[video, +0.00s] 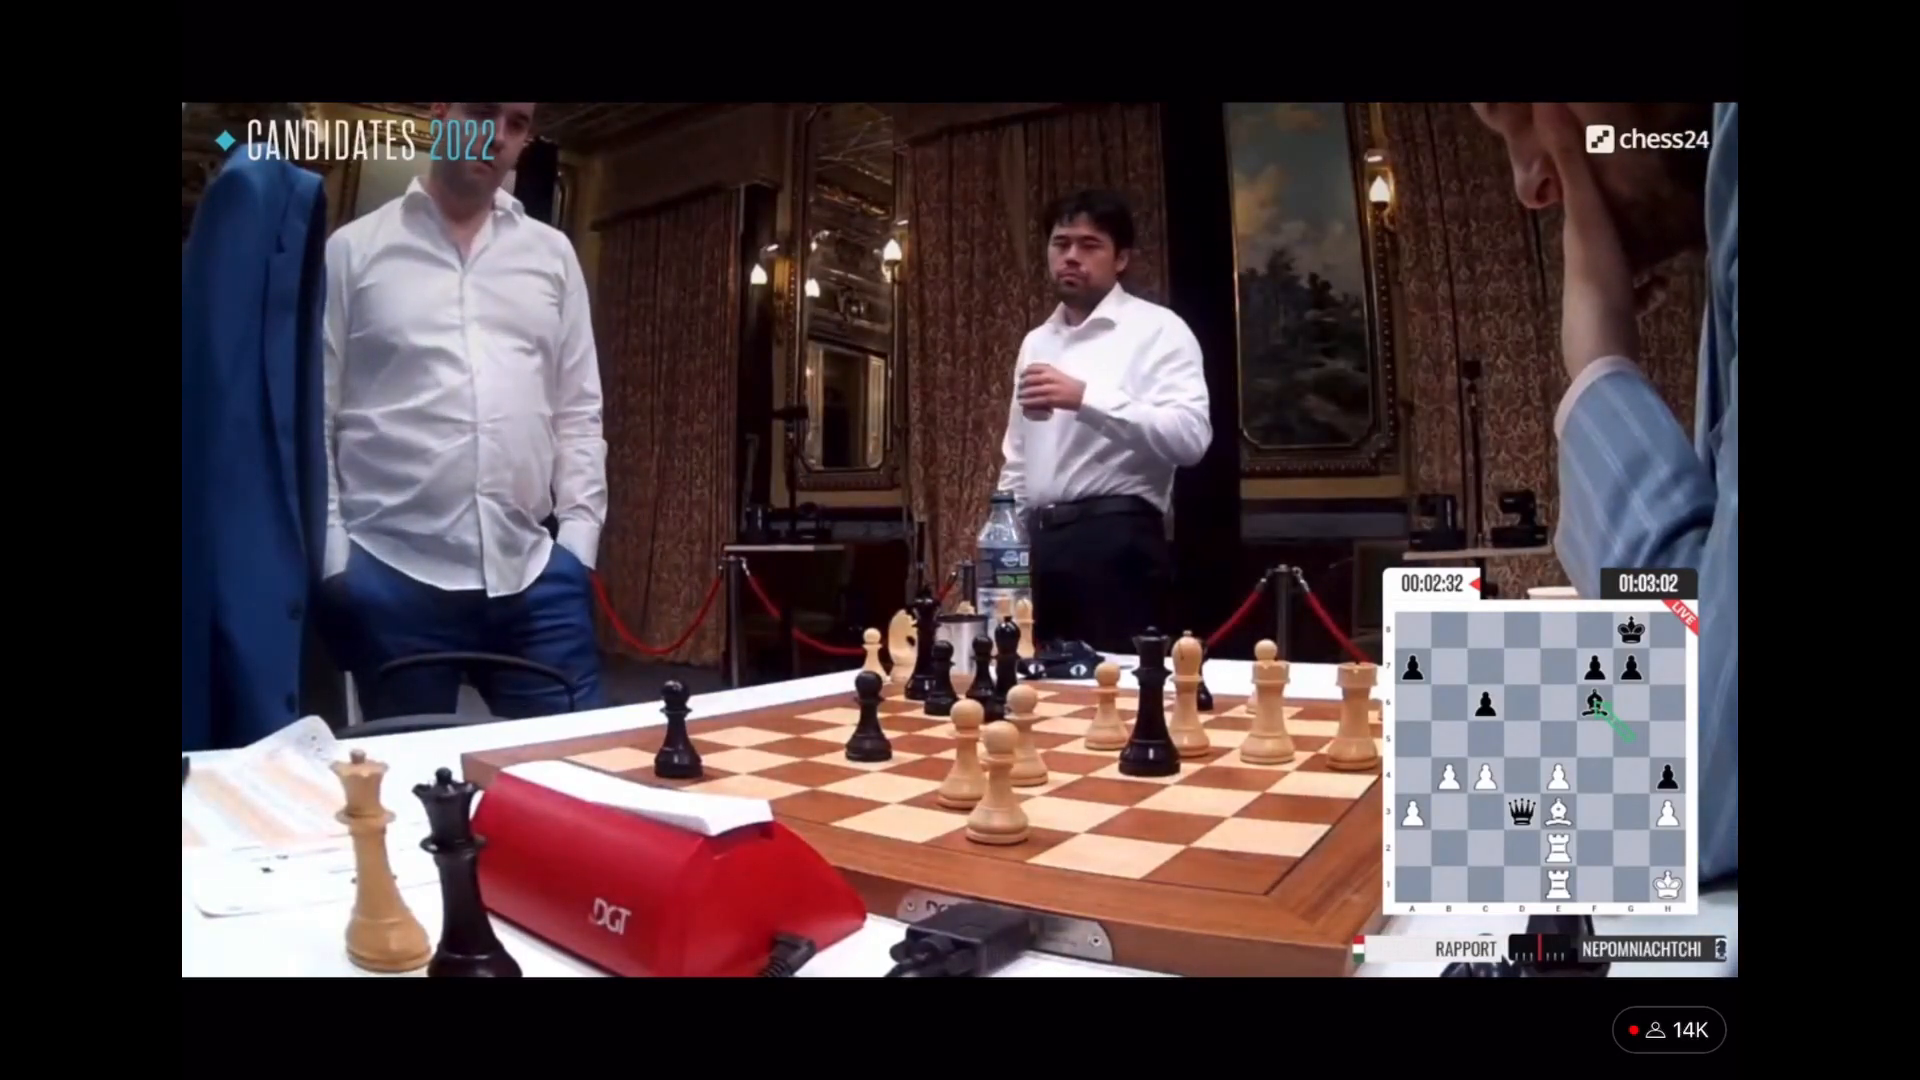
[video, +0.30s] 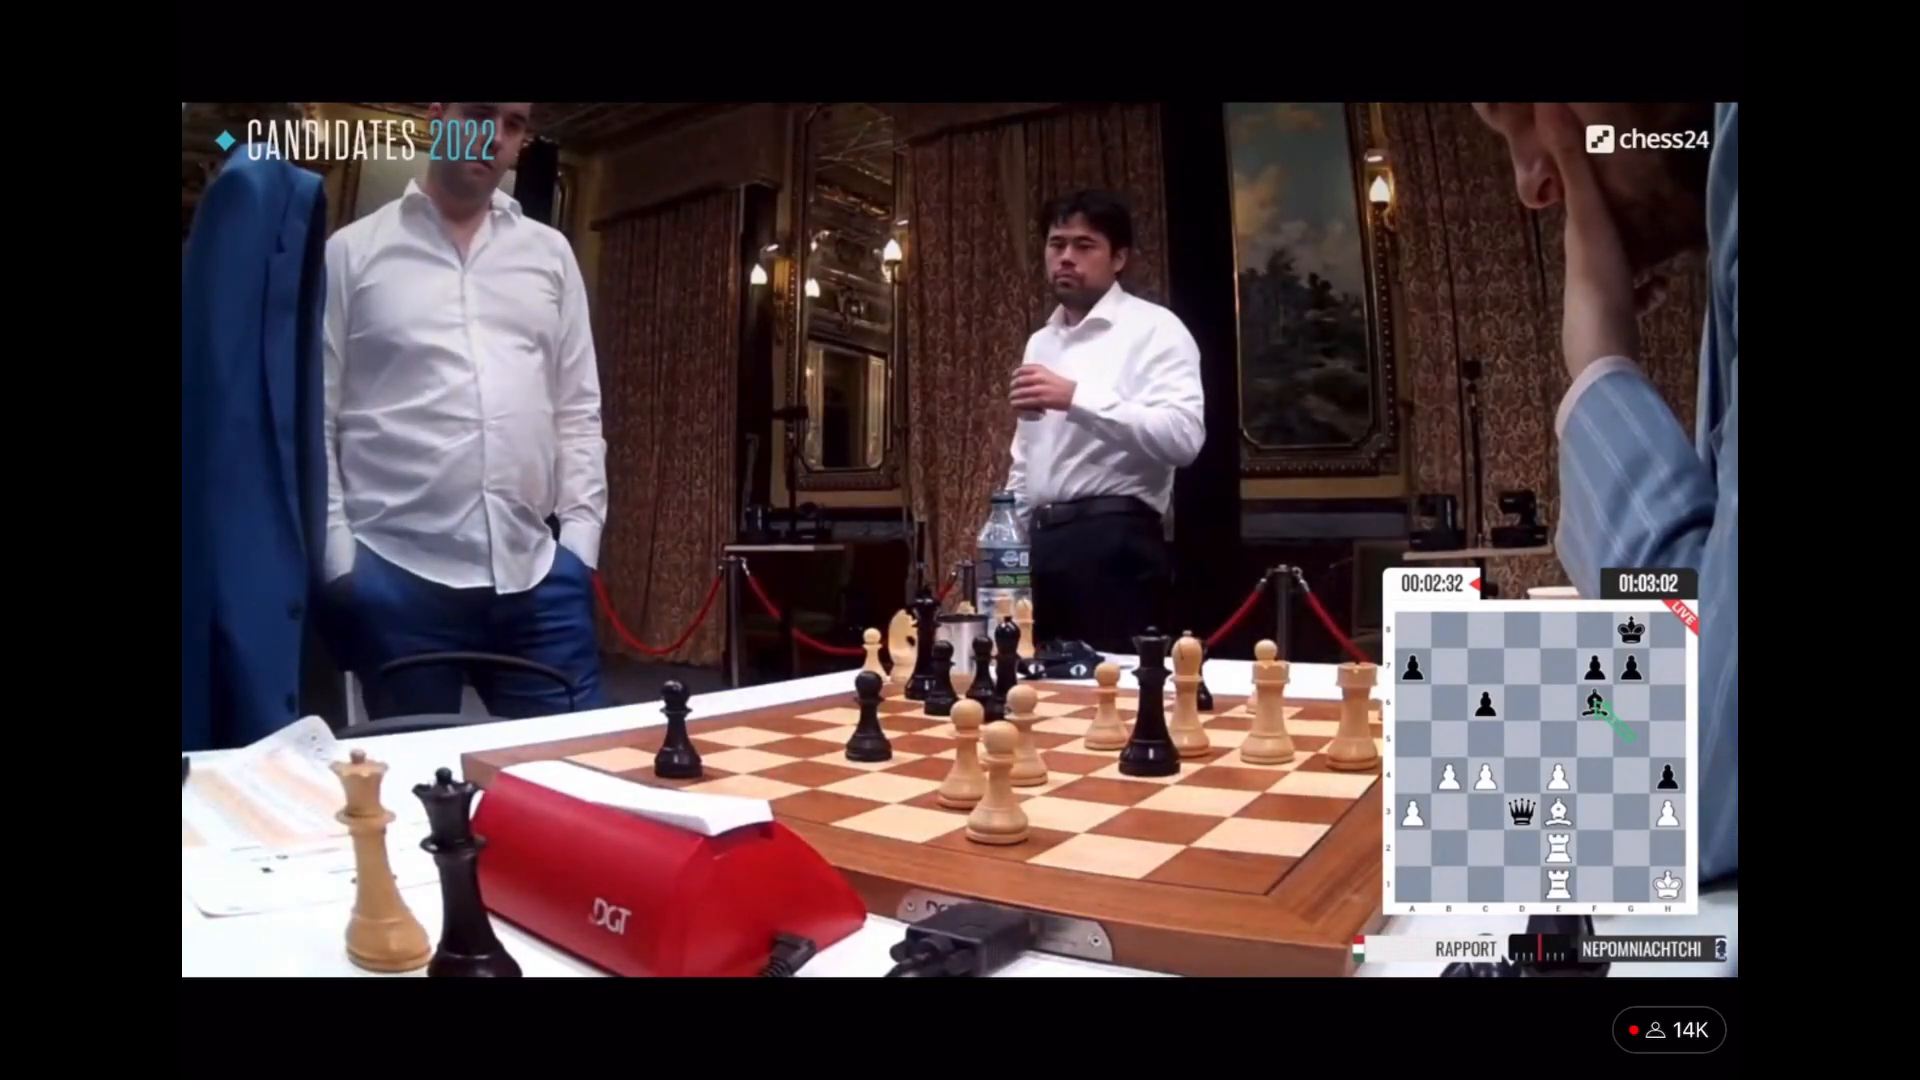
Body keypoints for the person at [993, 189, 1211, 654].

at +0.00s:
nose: (1071, 258)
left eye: (1089, 246)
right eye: (1061, 244)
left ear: (1121, 259)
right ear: (1048, 253)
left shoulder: (1161, 330)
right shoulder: (1036, 343)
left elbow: (1190, 437)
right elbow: (1017, 460)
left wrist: (1084, 395)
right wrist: (1000, 546)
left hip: (1120, 534)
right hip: (1044, 536)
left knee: (1124, 691)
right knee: (1050, 693)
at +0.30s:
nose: (1066, 258)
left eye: (1084, 246)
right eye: (1057, 245)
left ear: (1119, 258)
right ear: (1045, 253)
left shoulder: (1159, 330)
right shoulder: (1041, 343)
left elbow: (1183, 437)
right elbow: (1024, 458)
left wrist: (1076, 396)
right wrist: (1004, 543)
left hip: (1119, 534)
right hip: (1045, 535)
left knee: (1122, 694)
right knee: (1051, 695)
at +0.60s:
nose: (1064, 259)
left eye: (1082, 246)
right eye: (1055, 245)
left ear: (1119, 257)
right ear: (1044, 253)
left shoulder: (1158, 329)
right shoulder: (1048, 344)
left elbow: (1177, 437)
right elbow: (1035, 453)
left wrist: (1069, 397)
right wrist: (1019, 531)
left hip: (1119, 533)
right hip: (1050, 534)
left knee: (1123, 693)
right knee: (1057, 694)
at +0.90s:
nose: (1065, 260)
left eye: (1083, 247)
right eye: (1056, 246)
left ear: (1120, 257)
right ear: (1045, 254)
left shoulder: (1159, 328)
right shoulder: (1052, 343)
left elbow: (1177, 436)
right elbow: (1041, 454)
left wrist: (1068, 396)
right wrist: (1024, 530)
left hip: (1119, 534)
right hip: (1053, 534)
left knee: (1123, 695)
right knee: (1059, 696)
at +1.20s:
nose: (1067, 260)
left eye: (1085, 247)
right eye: (1058, 246)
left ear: (1121, 258)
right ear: (1047, 254)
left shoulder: (1160, 329)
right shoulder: (1053, 343)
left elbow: (1178, 437)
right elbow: (1042, 454)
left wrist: (1069, 396)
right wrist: (1028, 531)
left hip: (1120, 534)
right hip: (1054, 534)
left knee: (1119, 694)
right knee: (1058, 694)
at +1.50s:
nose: (1069, 260)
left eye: (1087, 247)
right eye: (1060, 246)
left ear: (1123, 258)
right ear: (1048, 254)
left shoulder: (1163, 329)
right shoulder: (1054, 342)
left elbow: (1179, 437)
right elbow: (1042, 452)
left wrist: (1071, 394)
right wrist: (1029, 529)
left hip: (1121, 534)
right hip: (1054, 534)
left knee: (1119, 694)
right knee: (1057, 694)